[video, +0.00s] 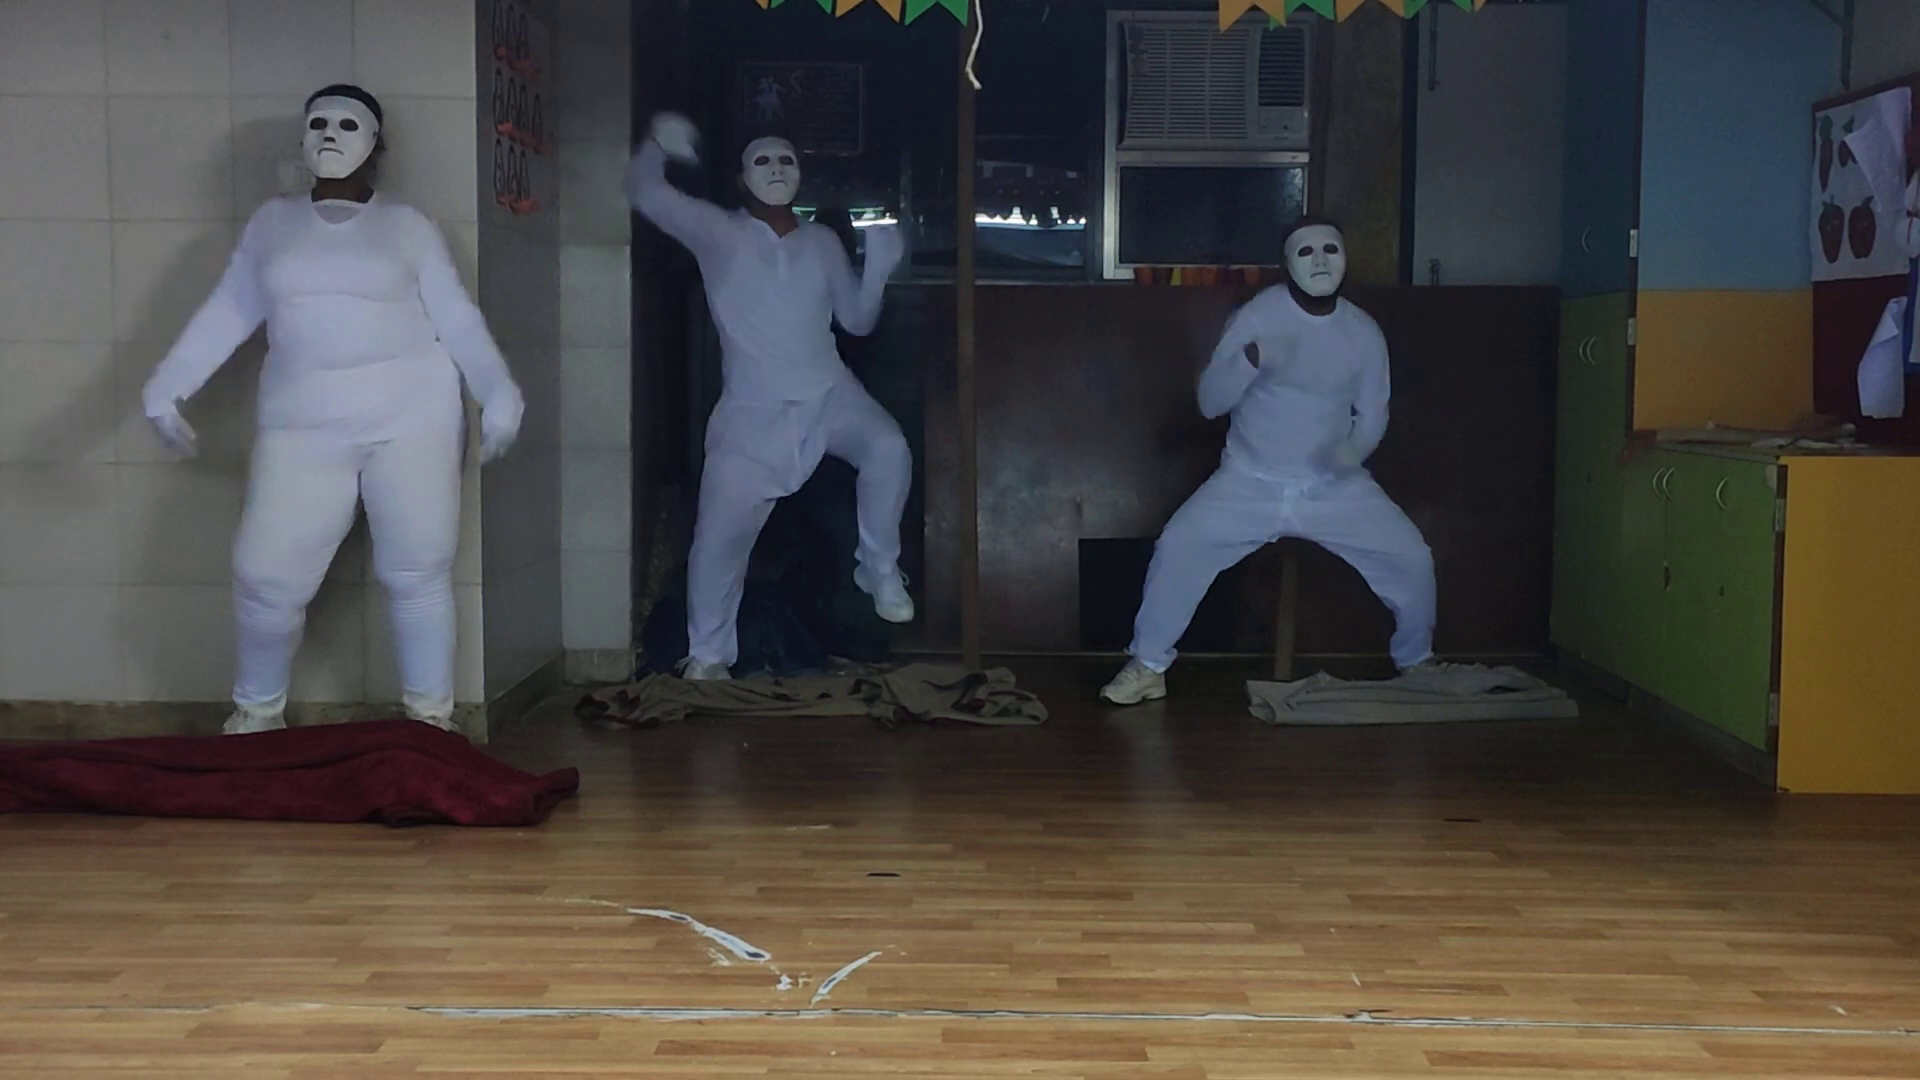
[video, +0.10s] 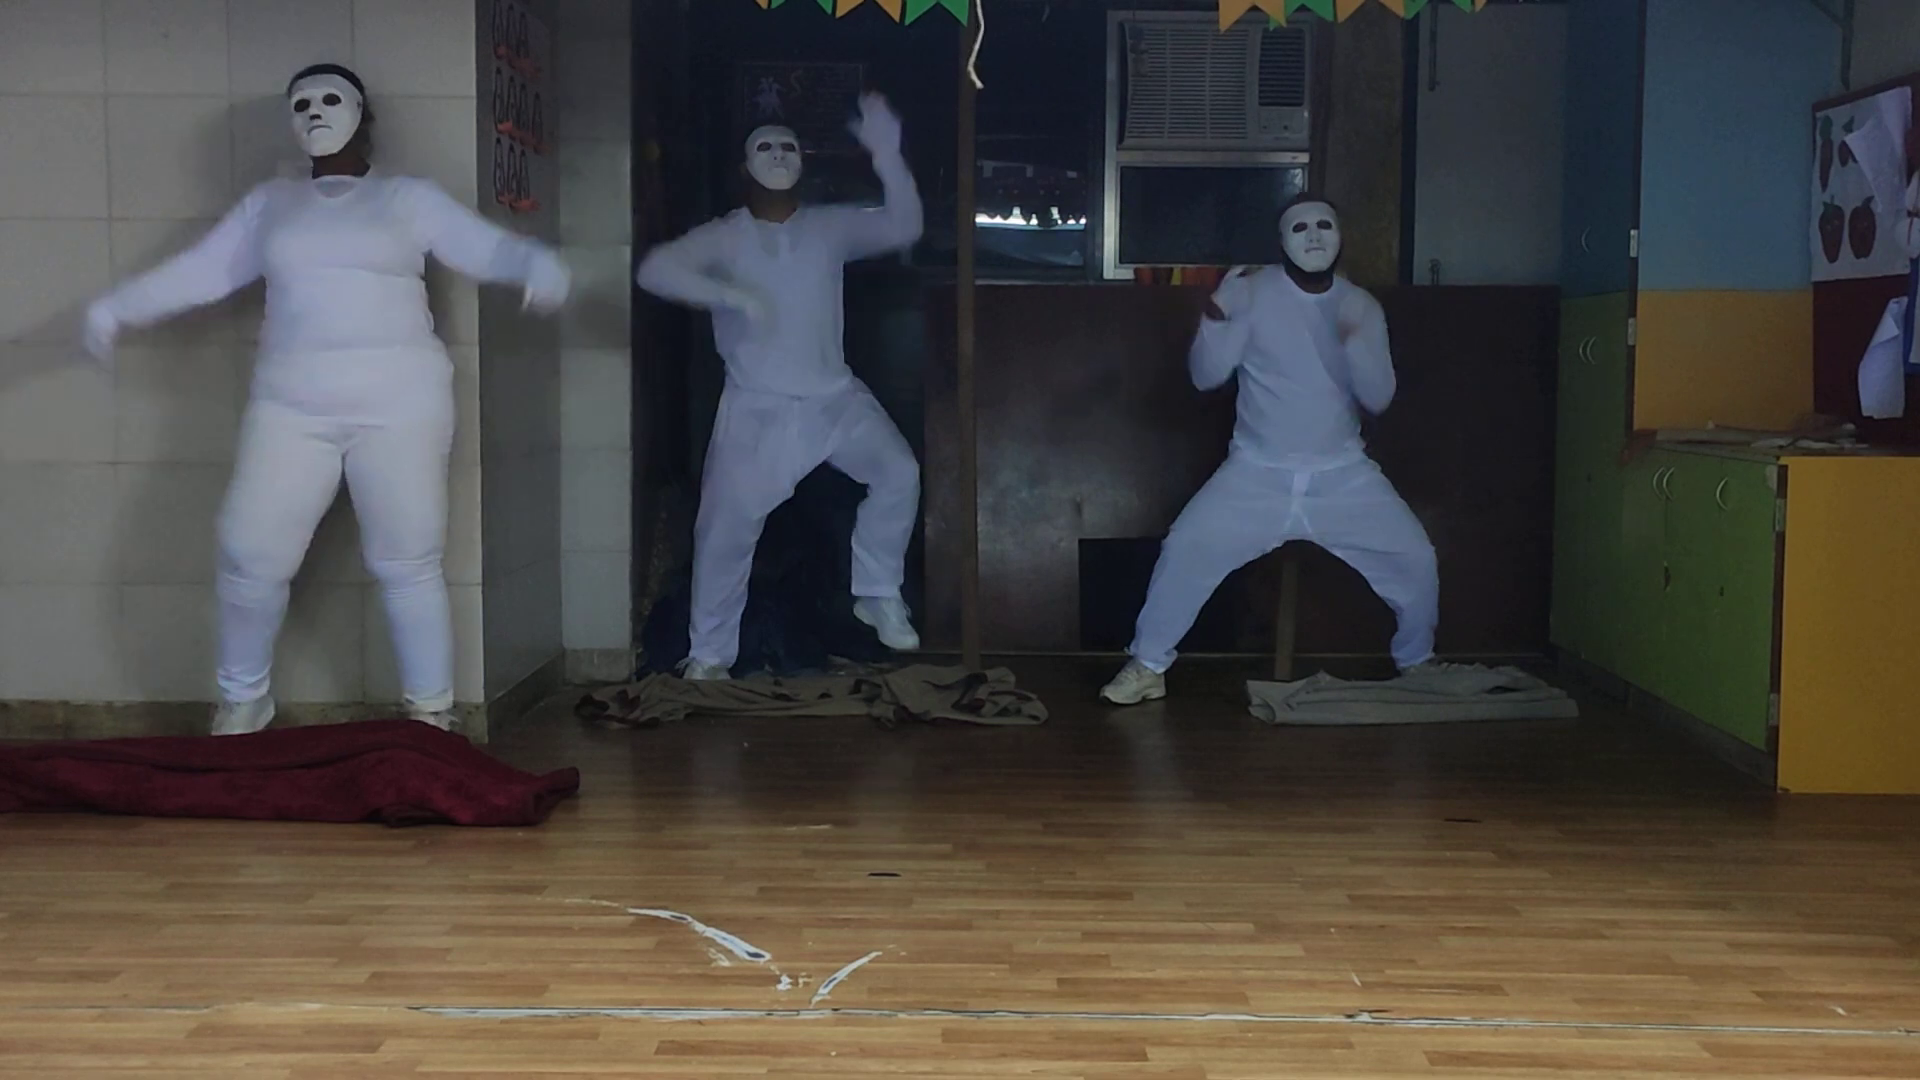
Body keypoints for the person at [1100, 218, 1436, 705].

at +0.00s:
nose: (1319, 261)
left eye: (1330, 251)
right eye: (1306, 252)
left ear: (1345, 260)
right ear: (1288, 263)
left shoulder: (1364, 333)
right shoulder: (1257, 316)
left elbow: (1373, 414)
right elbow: (1210, 402)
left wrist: (1349, 454)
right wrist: (1248, 362)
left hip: (1335, 486)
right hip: (1247, 482)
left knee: (1412, 559)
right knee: (1178, 546)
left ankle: (1415, 661)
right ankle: (1147, 665)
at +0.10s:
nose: (1313, 236)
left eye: (1324, 226)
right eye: (1299, 228)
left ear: (1340, 237)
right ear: (1281, 240)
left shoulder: (1361, 307)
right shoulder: (1248, 293)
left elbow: (1379, 397)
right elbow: (1206, 377)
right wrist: (1219, 312)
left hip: (1344, 475)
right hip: (1255, 474)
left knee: (1416, 558)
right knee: (1185, 548)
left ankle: (1415, 661)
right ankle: (1148, 665)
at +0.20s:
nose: (1295, 191)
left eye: (1306, 181)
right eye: (1283, 182)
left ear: (1324, 190)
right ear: (1266, 193)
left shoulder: (1351, 248)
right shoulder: (1241, 252)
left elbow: (1420, 273)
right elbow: (1172, 310)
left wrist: (1376, 207)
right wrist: (1214, 297)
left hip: (1344, 436)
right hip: (1262, 437)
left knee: (1403, 548)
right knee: (1204, 544)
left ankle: (1414, 663)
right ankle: (1146, 660)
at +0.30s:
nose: (1270, 154)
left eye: (1282, 143)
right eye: (1258, 144)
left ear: (1301, 149)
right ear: (1241, 153)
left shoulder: (1334, 181)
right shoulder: (1224, 225)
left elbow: (1400, 141)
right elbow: (1190, 290)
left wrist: (1458, 115)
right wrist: (1218, 306)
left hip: (1336, 384)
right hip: (1260, 392)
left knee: (1366, 518)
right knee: (1218, 514)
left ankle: (1384, 645)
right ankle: (1193, 641)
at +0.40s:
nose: (1242, 150)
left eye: (1254, 139)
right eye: (1231, 141)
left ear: (1277, 145)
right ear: (1218, 152)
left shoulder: (1309, 172)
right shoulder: (1210, 231)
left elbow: (1375, 125)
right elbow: (1211, 304)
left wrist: (1451, 101)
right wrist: (1227, 314)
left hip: (1328, 371)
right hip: (1259, 381)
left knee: (1334, 512)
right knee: (1242, 514)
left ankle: (1326, 643)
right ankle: (1245, 646)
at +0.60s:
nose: (1253, 168)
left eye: (1264, 156)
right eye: (1241, 158)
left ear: (1284, 163)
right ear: (1224, 168)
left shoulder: (1314, 203)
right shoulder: (1211, 235)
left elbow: (1393, 182)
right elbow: (1143, 281)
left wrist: (1394, 154)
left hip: (1307, 396)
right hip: (1237, 403)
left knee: (1323, 524)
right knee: (1252, 530)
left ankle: (1326, 646)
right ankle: (1265, 658)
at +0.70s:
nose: (1273, 155)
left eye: (1284, 143)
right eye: (1259, 144)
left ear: (1300, 148)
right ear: (1242, 151)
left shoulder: (1321, 199)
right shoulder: (1211, 195)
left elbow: (1406, 193)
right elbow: (1135, 174)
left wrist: (1374, 209)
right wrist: (1146, 135)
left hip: (1300, 386)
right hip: (1228, 388)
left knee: (1319, 510)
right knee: (1243, 522)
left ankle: (1328, 622)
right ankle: (1256, 649)